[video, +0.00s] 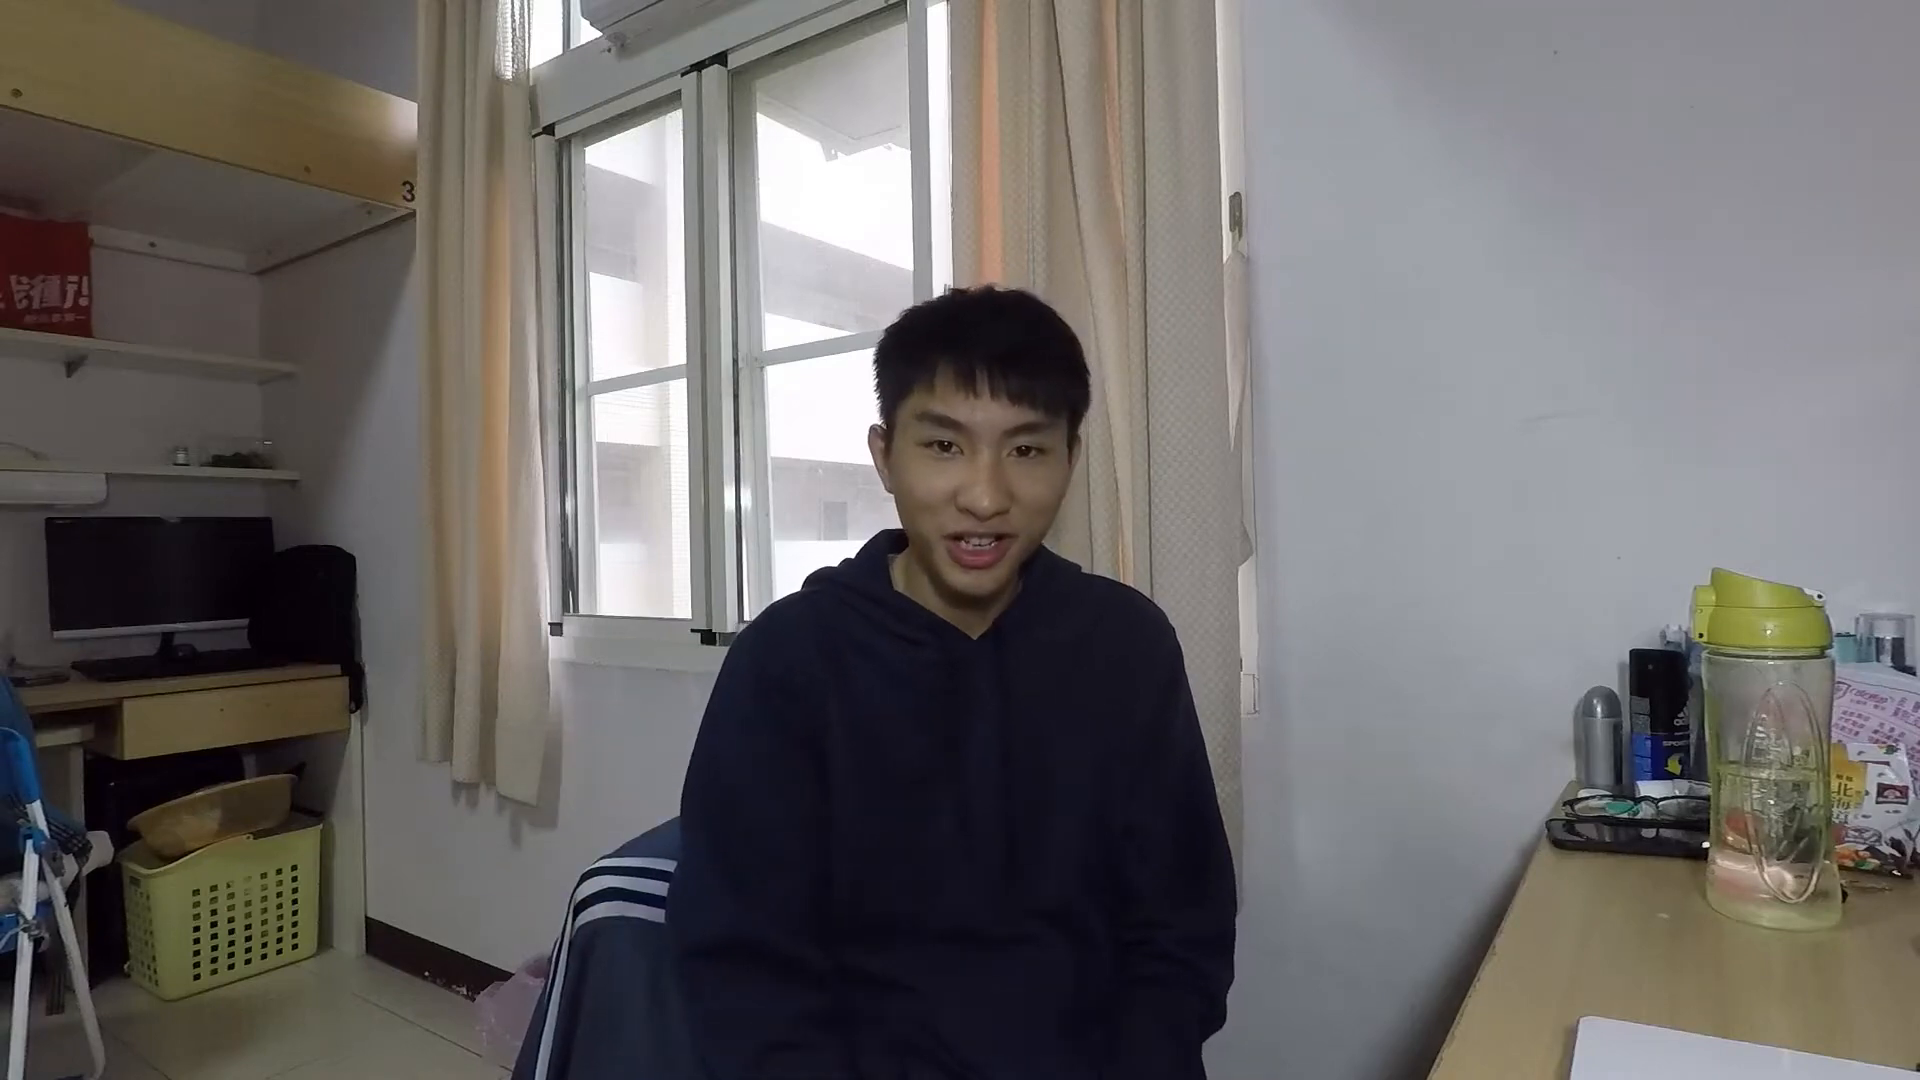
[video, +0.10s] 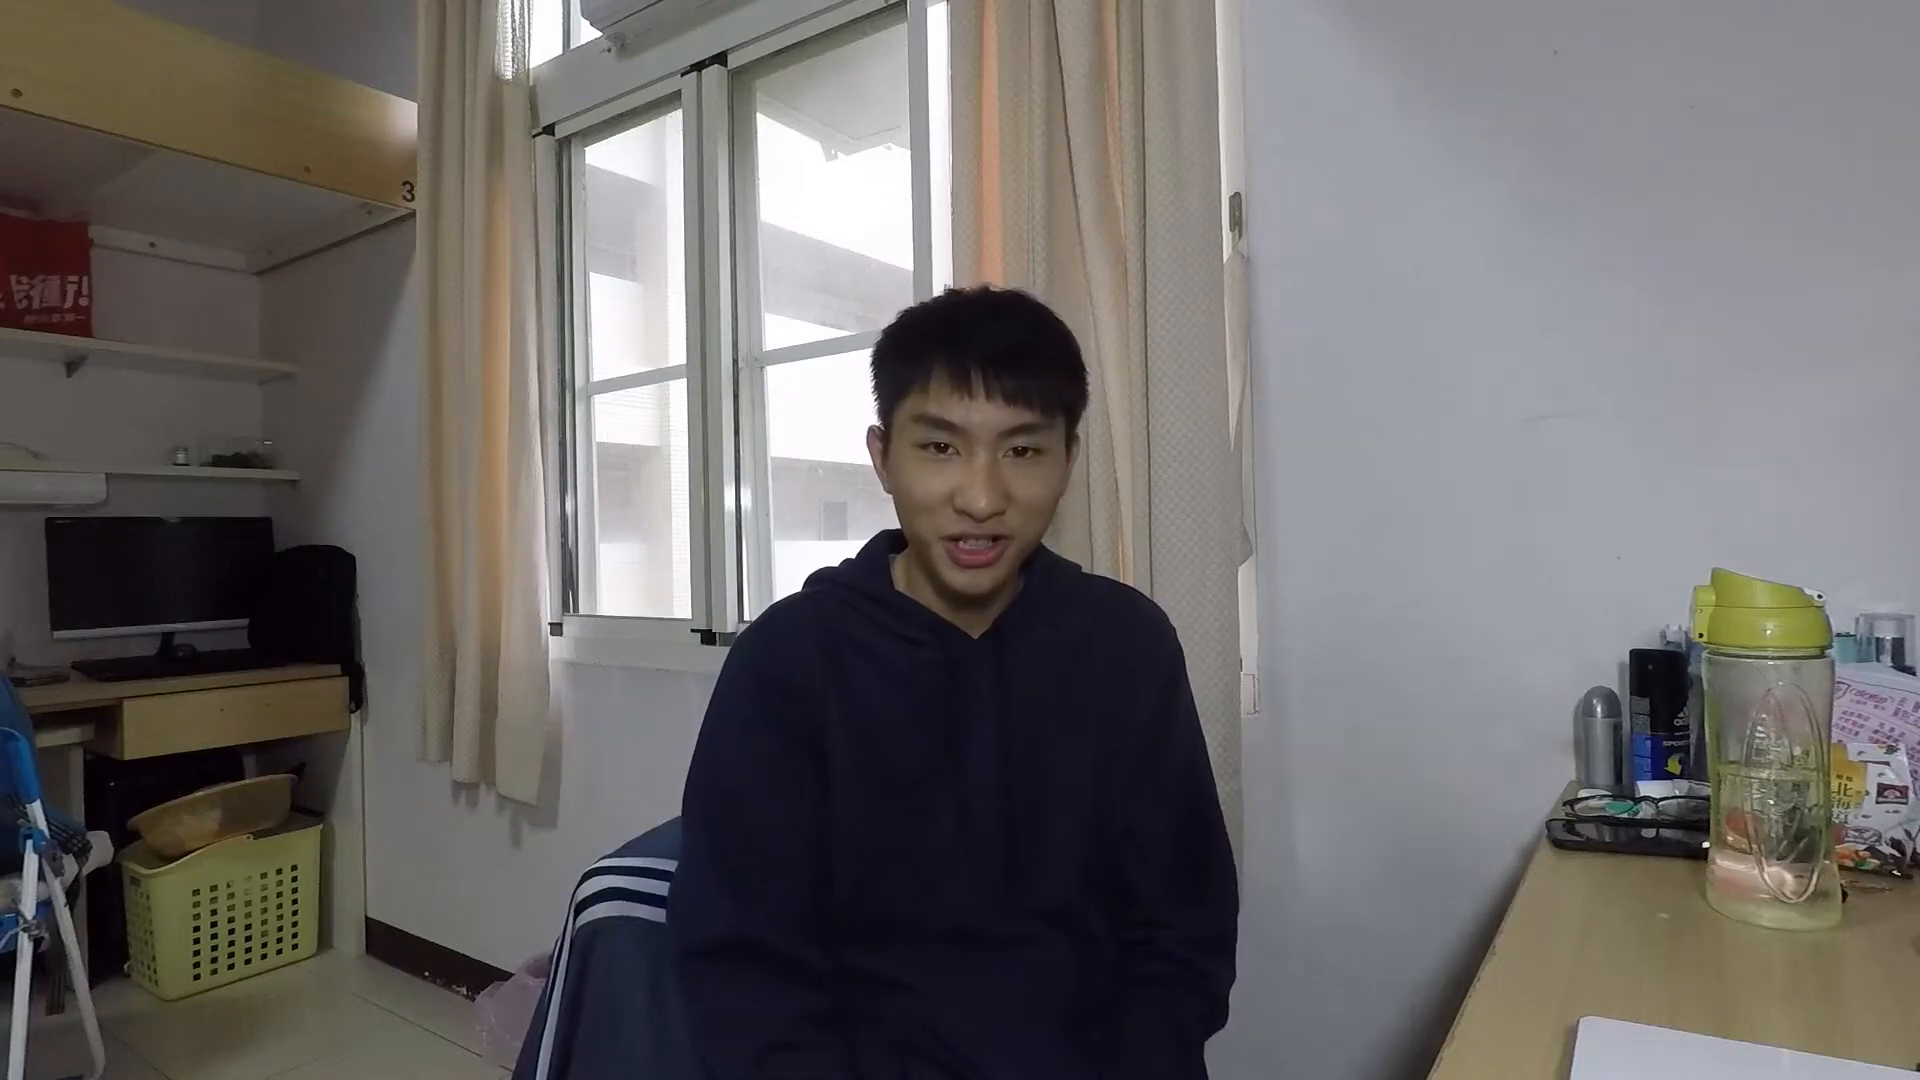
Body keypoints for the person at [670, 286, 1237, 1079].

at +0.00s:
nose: (985, 496)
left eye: (1027, 450)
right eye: (943, 445)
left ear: (1070, 462)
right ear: (883, 453)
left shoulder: (1129, 645)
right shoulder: (785, 661)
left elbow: (1187, 929)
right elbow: (736, 961)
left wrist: (1145, 1060)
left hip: (1084, 1051)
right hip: (862, 1054)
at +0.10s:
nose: (981, 498)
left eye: (1022, 451)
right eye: (939, 447)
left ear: (1068, 461)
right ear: (882, 455)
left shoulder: (1129, 645)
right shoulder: (785, 661)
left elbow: (1189, 929)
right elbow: (736, 961)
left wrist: (1145, 1060)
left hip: (1084, 1051)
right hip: (862, 1053)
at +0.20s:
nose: (979, 502)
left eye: (1021, 453)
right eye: (937, 450)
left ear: (1068, 462)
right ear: (881, 455)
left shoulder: (1129, 646)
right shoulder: (786, 661)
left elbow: (1188, 935)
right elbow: (731, 962)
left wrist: (1140, 1062)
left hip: (1079, 1050)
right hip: (858, 1051)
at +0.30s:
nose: (978, 501)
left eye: (1021, 454)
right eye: (937, 450)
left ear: (1069, 463)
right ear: (882, 453)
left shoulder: (1129, 647)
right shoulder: (786, 661)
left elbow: (1188, 936)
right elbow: (731, 964)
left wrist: (1138, 1062)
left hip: (1080, 1052)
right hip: (857, 1051)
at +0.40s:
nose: (978, 500)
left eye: (1022, 453)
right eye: (938, 448)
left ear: (1069, 462)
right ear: (883, 450)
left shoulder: (1129, 646)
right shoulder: (787, 658)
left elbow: (1187, 935)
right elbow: (731, 962)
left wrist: (1139, 1062)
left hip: (1079, 1051)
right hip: (857, 1051)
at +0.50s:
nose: (976, 504)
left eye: (1021, 457)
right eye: (937, 451)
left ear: (1069, 467)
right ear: (883, 451)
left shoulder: (1128, 648)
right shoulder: (786, 660)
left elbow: (1186, 935)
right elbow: (731, 962)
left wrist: (1138, 1062)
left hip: (1078, 1051)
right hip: (857, 1051)